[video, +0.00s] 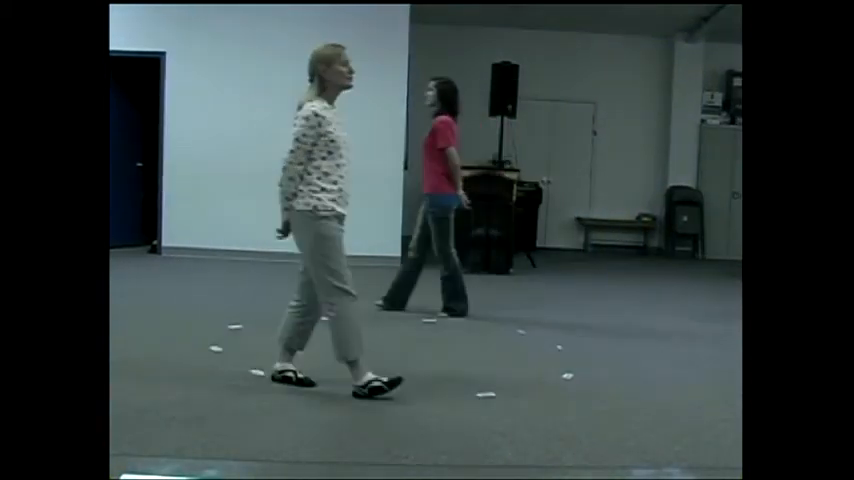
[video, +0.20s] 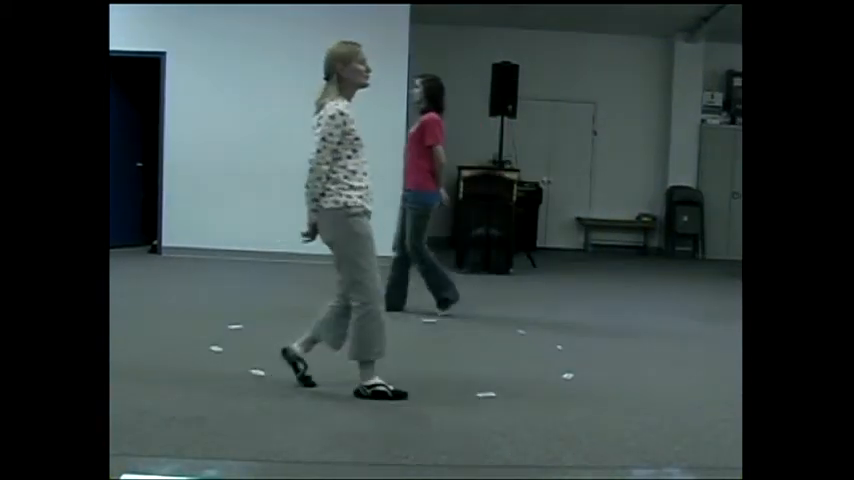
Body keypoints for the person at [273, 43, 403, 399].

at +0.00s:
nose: (351, 70)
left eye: (350, 65)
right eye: (343, 66)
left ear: (334, 74)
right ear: (323, 72)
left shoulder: (328, 113)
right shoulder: (312, 113)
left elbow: (307, 166)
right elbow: (293, 166)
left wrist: (291, 213)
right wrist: (287, 212)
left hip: (325, 213)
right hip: (314, 213)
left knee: (309, 295)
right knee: (340, 293)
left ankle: (284, 364)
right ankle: (361, 377)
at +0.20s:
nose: (368, 69)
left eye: (366, 64)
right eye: (360, 64)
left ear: (345, 72)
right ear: (340, 70)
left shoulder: (339, 112)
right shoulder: (335, 113)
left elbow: (325, 168)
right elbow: (319, 167)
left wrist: (315, 216)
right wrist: (312, 215)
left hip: (340, 211)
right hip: (345, 212)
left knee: (353, 295)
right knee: (368, 293)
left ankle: (300, 349)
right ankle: (369, 379)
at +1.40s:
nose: (403, 69)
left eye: (402, 63)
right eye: (398, 63)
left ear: (379, 67)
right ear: (380, 66)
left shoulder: (377, 109)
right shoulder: (365, 109)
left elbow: (351, 161)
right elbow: (338, 159)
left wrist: (327, 207)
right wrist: (324, 207)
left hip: (371, 211)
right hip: (354, 209)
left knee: (378, 291)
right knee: (335, 288)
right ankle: (296, 364)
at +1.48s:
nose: (412, 72)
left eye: (410, 66)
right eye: (407, 65)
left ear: (388, 70)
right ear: (390, 70)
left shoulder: (385, 114)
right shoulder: (375, 115)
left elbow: (363, 167)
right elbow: (348, 164)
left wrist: (336, 210)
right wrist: (334, 209)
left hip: (380, 216)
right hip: (362, 213)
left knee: (388, 297)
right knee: (341, 293)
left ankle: (396, 375)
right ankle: (296, 364)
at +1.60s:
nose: (431, 71)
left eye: (429, 65)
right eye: (427, 66)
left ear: (407, 69)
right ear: (412, 69)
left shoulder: (399, 112)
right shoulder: (395, 113)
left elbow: (377, 165)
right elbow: (372, 164)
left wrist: (358, 211)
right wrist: (358, 210)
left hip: (396, 214)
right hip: (387, 213)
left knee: (404, 296)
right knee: (382, 293)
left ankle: (398, 376)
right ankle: (319, 357)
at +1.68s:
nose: (440, 74)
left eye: (439, 68)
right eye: (436, 68)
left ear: (414, 72)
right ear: (421, 71)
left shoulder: (407, 113)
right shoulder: (405, 115)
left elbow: (387, 170)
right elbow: (381, 171)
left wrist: (367, 216)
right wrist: (366, 216)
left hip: (399, 214)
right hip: (398, 214)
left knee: (409, 295)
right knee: (408, 296)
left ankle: (400, 375)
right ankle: (338, 351)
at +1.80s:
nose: (455, 80)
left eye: (454, 74)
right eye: (452, 73)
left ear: (429, 76)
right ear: (439, 76)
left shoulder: (412, 117)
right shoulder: (426, 118)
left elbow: (397, 169)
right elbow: (399, 167)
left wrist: (386, 216)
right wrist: (385, 213)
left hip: (407, 215)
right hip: (422, 215)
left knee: (419, 292)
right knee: (449, 290)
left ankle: (401, 372)